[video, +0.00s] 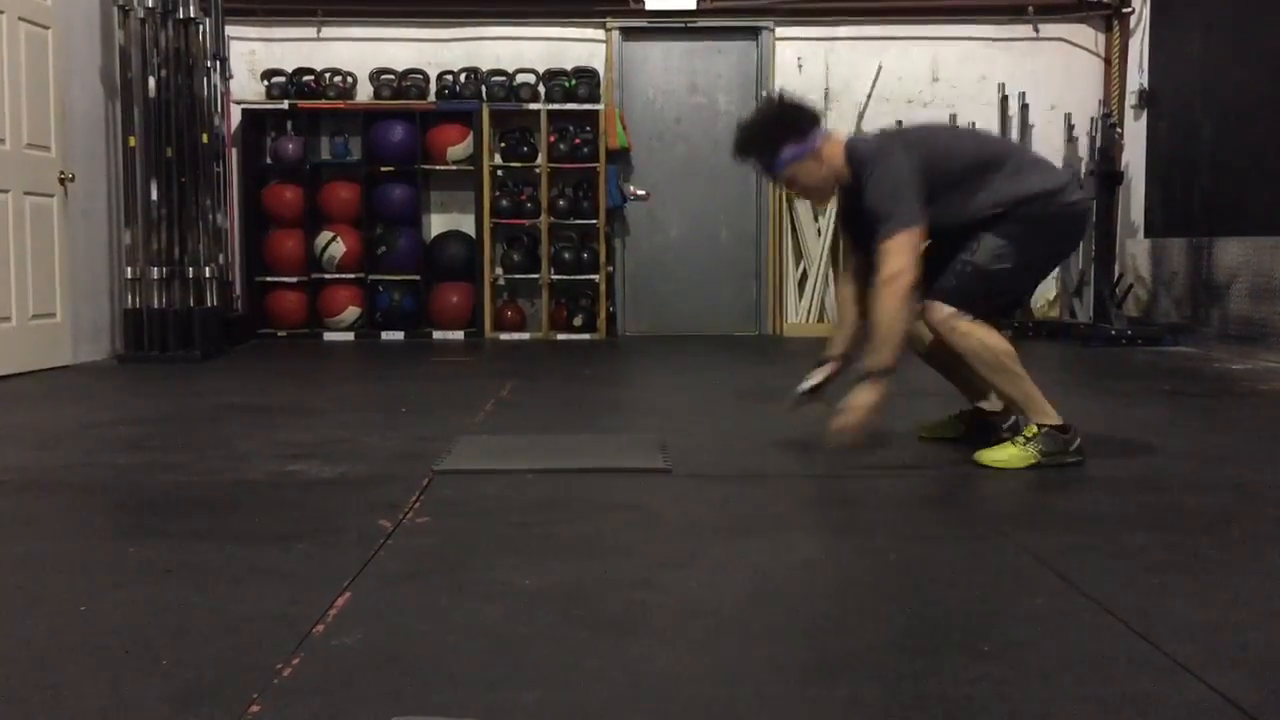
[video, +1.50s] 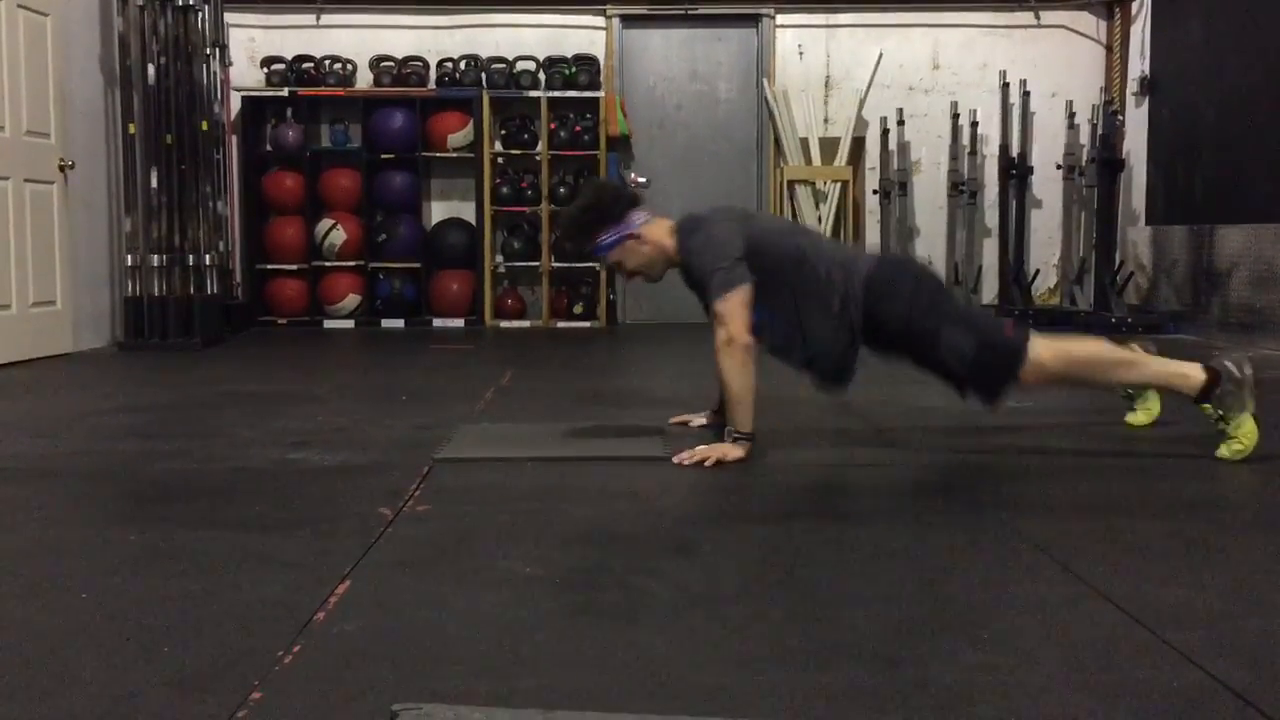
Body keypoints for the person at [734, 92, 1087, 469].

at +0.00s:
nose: (794, 192)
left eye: (791, 179)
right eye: (785, 185)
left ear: (817, 150)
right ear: (818, 152)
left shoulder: (886, 163)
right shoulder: (854, 189)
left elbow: (899, 276)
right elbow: (857, 278)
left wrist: (874, 379)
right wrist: (837, 357)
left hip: (1042, 208)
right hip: (991, 218)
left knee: (948, 313)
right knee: (904, 316)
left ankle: (1051, 428)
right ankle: (992, 409)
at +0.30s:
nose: (705, 299)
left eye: (697, 287)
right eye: (693, 294)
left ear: (716, 255)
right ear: (714, 256)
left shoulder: (777, 250)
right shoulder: (761, 249)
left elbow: (765, 355)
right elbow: (757, 344)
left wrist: (741, 449)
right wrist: (732, 417)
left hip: (950, 172)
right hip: (913, 203)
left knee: (984, 322)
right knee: (937, 327)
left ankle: (1144, 359)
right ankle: (1063, 357)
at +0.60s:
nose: (634, 277)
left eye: (629, 264)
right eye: (627, 267)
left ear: (648, 242)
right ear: (654, 232)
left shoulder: (725, 259)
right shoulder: (703, 271)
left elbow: (762, 351)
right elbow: (747, 354)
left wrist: (742, 447)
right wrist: (731, 418)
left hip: (890, 366)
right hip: (878, 363)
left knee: (1042, 426)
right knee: (997, 394)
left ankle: (1208, 387)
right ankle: (1109, 359)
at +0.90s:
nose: (610, 406)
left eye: (605, 394)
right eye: (601, 398)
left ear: (620, 370)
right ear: (622, 361)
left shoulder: (685, 365)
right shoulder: (677, 364)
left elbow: (782, 368)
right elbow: (763, 375)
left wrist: (742, 445)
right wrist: (723, 435)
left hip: (884, 406)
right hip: (876, 389)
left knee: (1048, 431)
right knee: (1008, 406)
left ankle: (1203, 378)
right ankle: (1111, 350)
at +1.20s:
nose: (611, 333)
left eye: (611, 321)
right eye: (606, 323)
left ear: (636, 303)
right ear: (636, 301)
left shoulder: (690, 325)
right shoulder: (683, 328)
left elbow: (772, 360)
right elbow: (754, 367)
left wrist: (743, 441)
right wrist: (728, 429)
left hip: (874, 398)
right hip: (866, 392)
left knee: (1042, 432)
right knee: (1004, 404)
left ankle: (1202, 377)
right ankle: (1123, 352)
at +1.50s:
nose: (623, 272)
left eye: (615, 259)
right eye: (613, 264)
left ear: (632, 229)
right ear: (632, 232)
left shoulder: (710, 235)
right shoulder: (694, 246)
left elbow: (736, 338)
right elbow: (729, 338)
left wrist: (738, 439)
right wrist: (726, 417)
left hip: (883, 294)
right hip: (875, 303)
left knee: (1020, 357)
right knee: (1006, 349)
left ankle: (1197, 376)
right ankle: (1135, 360)